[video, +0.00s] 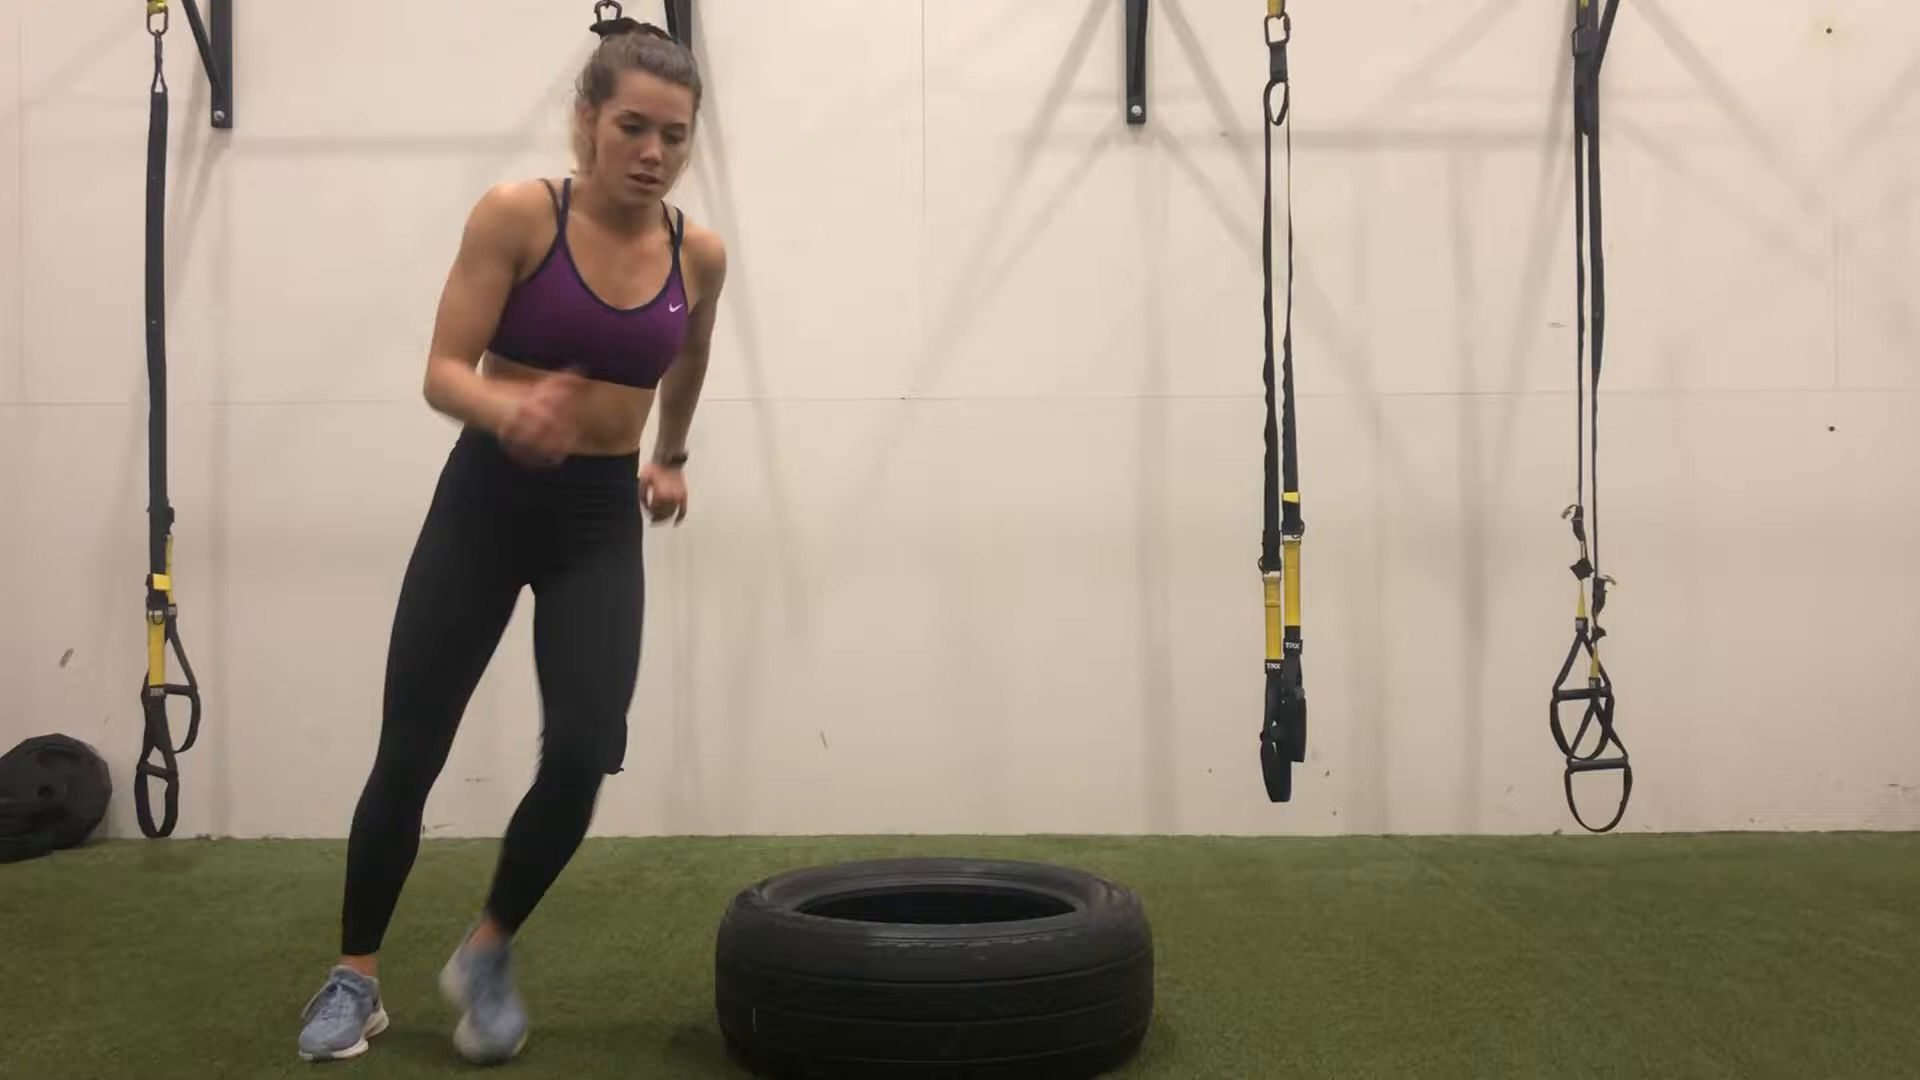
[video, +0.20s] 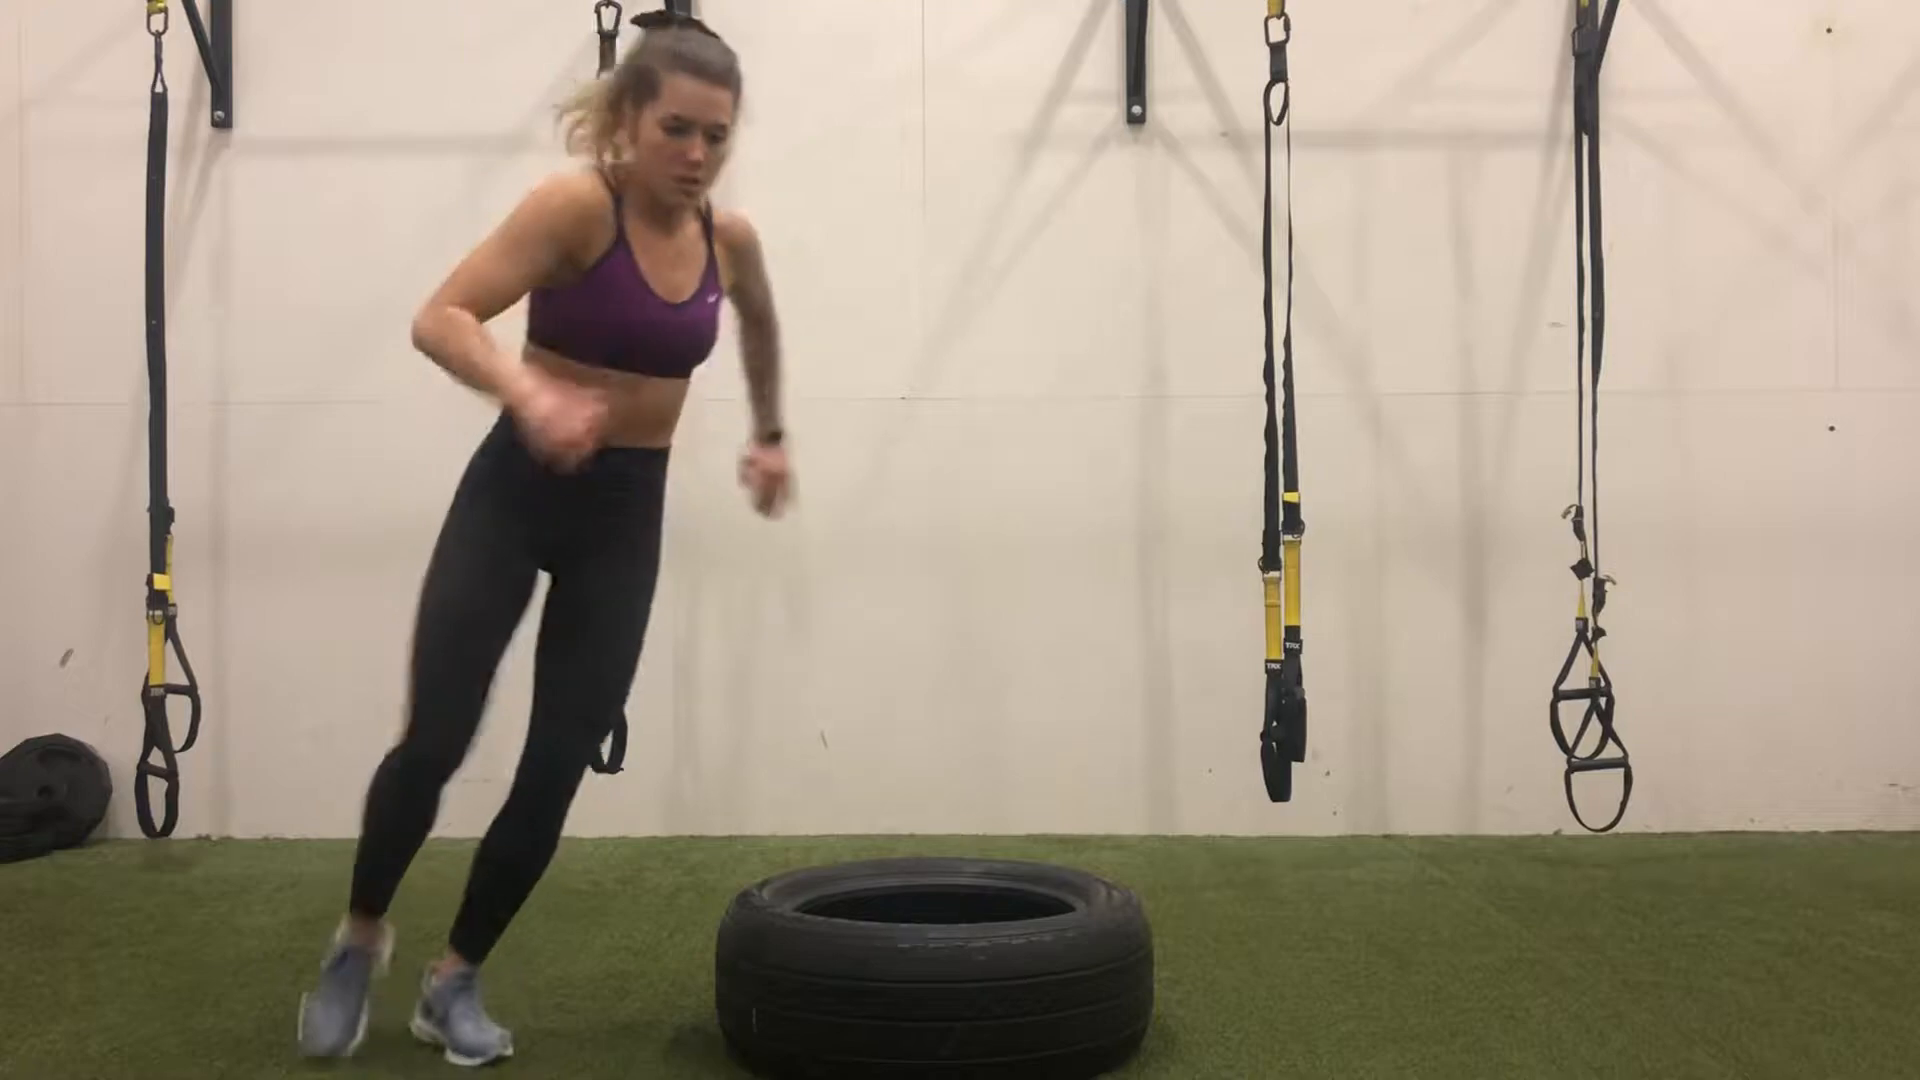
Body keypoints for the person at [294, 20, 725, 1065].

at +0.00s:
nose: (655, 152)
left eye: (675, 133)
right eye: (635, 126)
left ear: (691, 140)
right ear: (586, 121)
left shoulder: (696, 257)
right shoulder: (515, 216)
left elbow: (688, 358)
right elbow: (445, 369)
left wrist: (668, 454)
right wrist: (507, 405)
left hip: (600, 519)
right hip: (485, 503)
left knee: (587, 755)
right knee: (408, 754)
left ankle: (487, 952)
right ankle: (355, 973)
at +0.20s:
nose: (699, 154)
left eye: (717, 135)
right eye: (679, 130)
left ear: (732, 137)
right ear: (625, 120)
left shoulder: (728, 238)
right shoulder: (572, 209)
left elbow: (758, 332)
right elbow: (438, 319)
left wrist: (766, 433)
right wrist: (526, 389)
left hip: (626, 512)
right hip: (514, 488)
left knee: (557, 767)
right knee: (433, 743)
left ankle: (455, 976)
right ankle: (359, 941)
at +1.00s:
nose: (1079, 160)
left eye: (1101, 137)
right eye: (1058, 140)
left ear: (1144, 138)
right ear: (1033, 148)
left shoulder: (1208, 231)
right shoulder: (1007, 290)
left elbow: (1282, 354)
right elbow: (1018, 435)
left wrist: (1326, 485)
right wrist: (1071, 496)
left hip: (1235, 515)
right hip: (1125, 546)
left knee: (1306, 768)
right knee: (1168, 783)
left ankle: (1412, 1000)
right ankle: (1265, 747)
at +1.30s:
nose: (1011, 234)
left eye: (1032, 213)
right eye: (995, 213)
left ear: (1083, 203)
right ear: (977, 205)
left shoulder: (1145, 263)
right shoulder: (973, 314)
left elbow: (1306, 237)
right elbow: (867, 447)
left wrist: (1435, 212)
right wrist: (887, 349)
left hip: (1212, 516)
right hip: (1126, 539)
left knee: (1030, 597)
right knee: (1179, 798)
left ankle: (1202, 752)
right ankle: (1354, 955)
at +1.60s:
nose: (845, 122)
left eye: (867, 100)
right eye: (827, 98)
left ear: (910, 97)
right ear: (807, 95)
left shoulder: (966, 189)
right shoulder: (783, 207)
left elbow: (1084, 281)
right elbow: (699, 318)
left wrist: (1180, 368)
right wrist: (701, 383)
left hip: (961, 485)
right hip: (910, 492)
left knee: (876, 712)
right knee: (875, 718)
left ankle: (969, 941)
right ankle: (1053, 693)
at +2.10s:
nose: (707, 135)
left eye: (724, 114)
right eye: (682, 116)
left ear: (747, 109)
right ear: (637, 115)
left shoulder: (785, 213)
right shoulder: (598, 215)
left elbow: (840, 274)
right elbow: (496, 335)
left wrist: (875, 377)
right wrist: (525, 384)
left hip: (697, 509)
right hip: (588, 482)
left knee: (600, 766)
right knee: (483, 734)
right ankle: (410, 911)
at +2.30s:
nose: (772, 195)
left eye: (789, 173)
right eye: (751, 175)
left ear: (812, 168)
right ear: (713, 171)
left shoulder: (830, 260)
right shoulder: (664, 255)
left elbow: (923, 378)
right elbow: (533, 261)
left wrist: (824, 305)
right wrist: (413, 288)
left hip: (688, 528)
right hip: (624, 509)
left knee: (593, 785)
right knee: (804, 648)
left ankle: (427, 987)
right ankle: (572, 713)